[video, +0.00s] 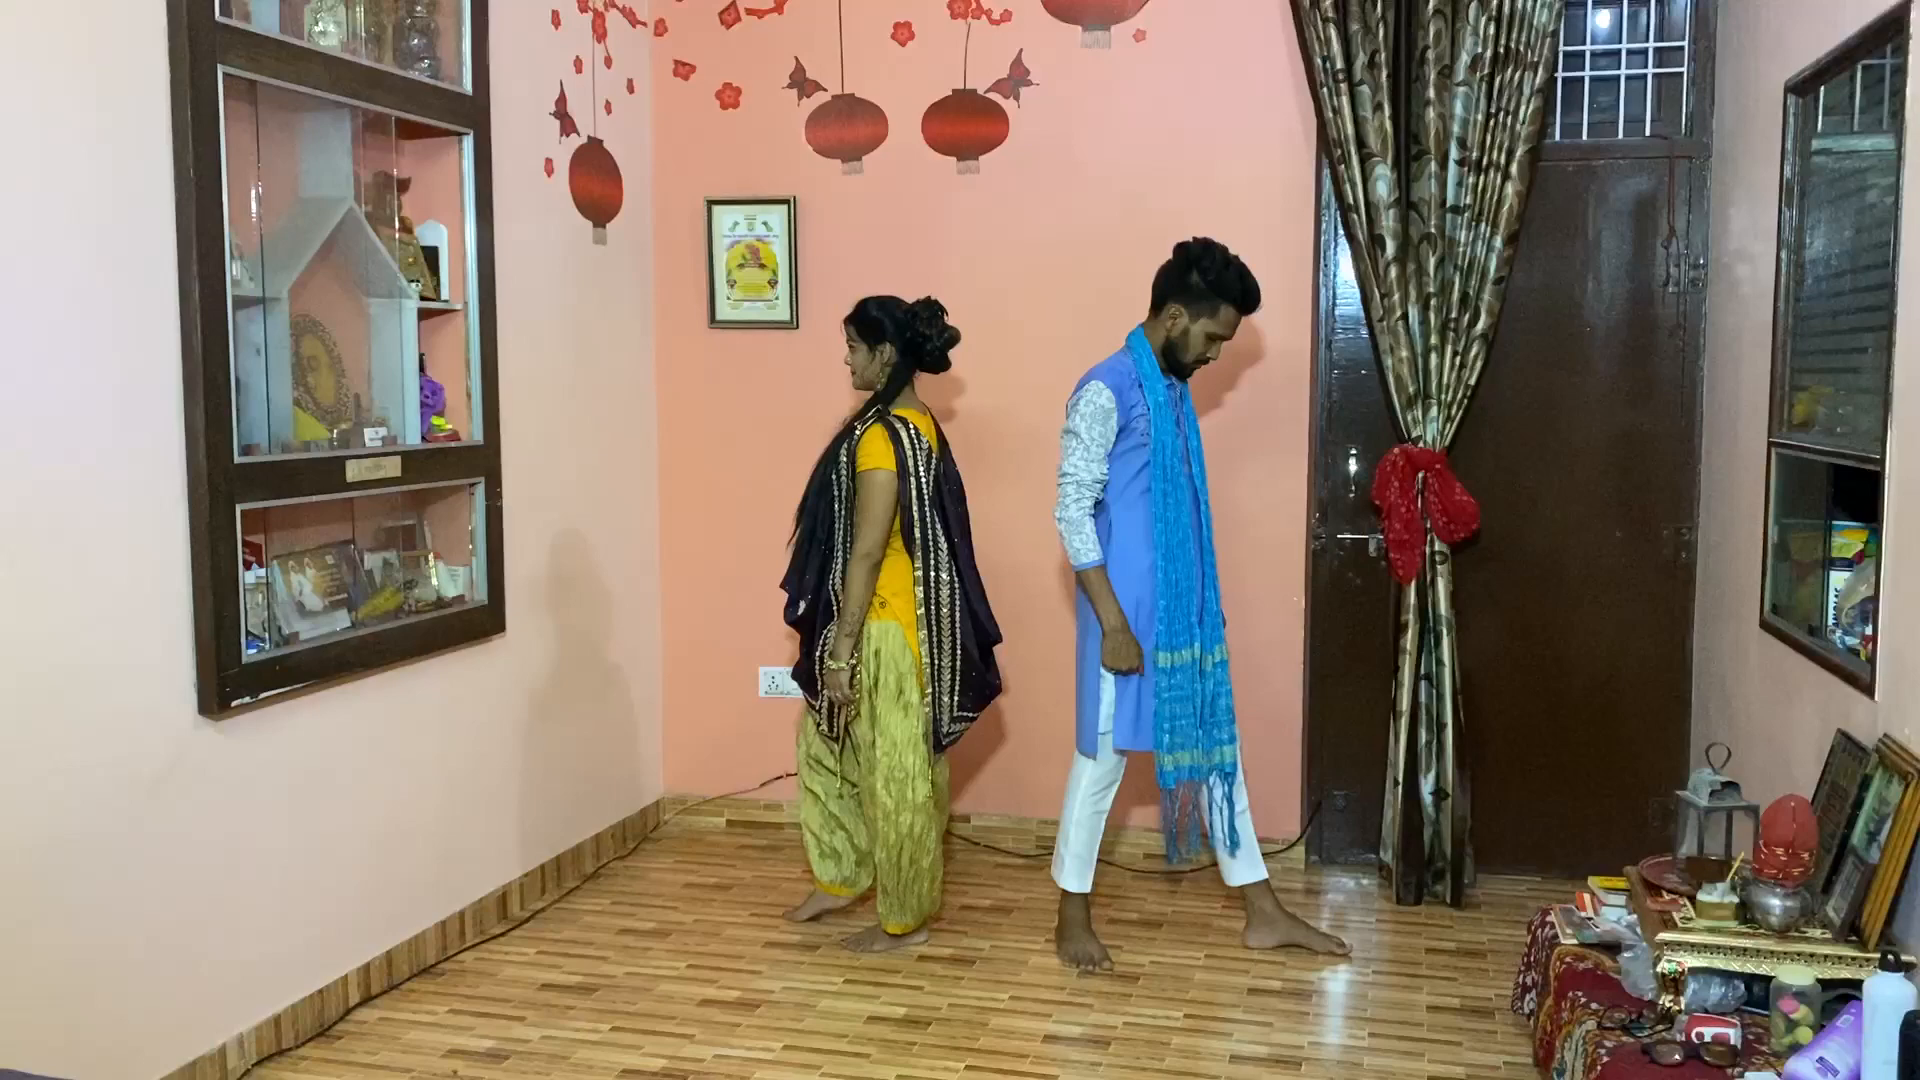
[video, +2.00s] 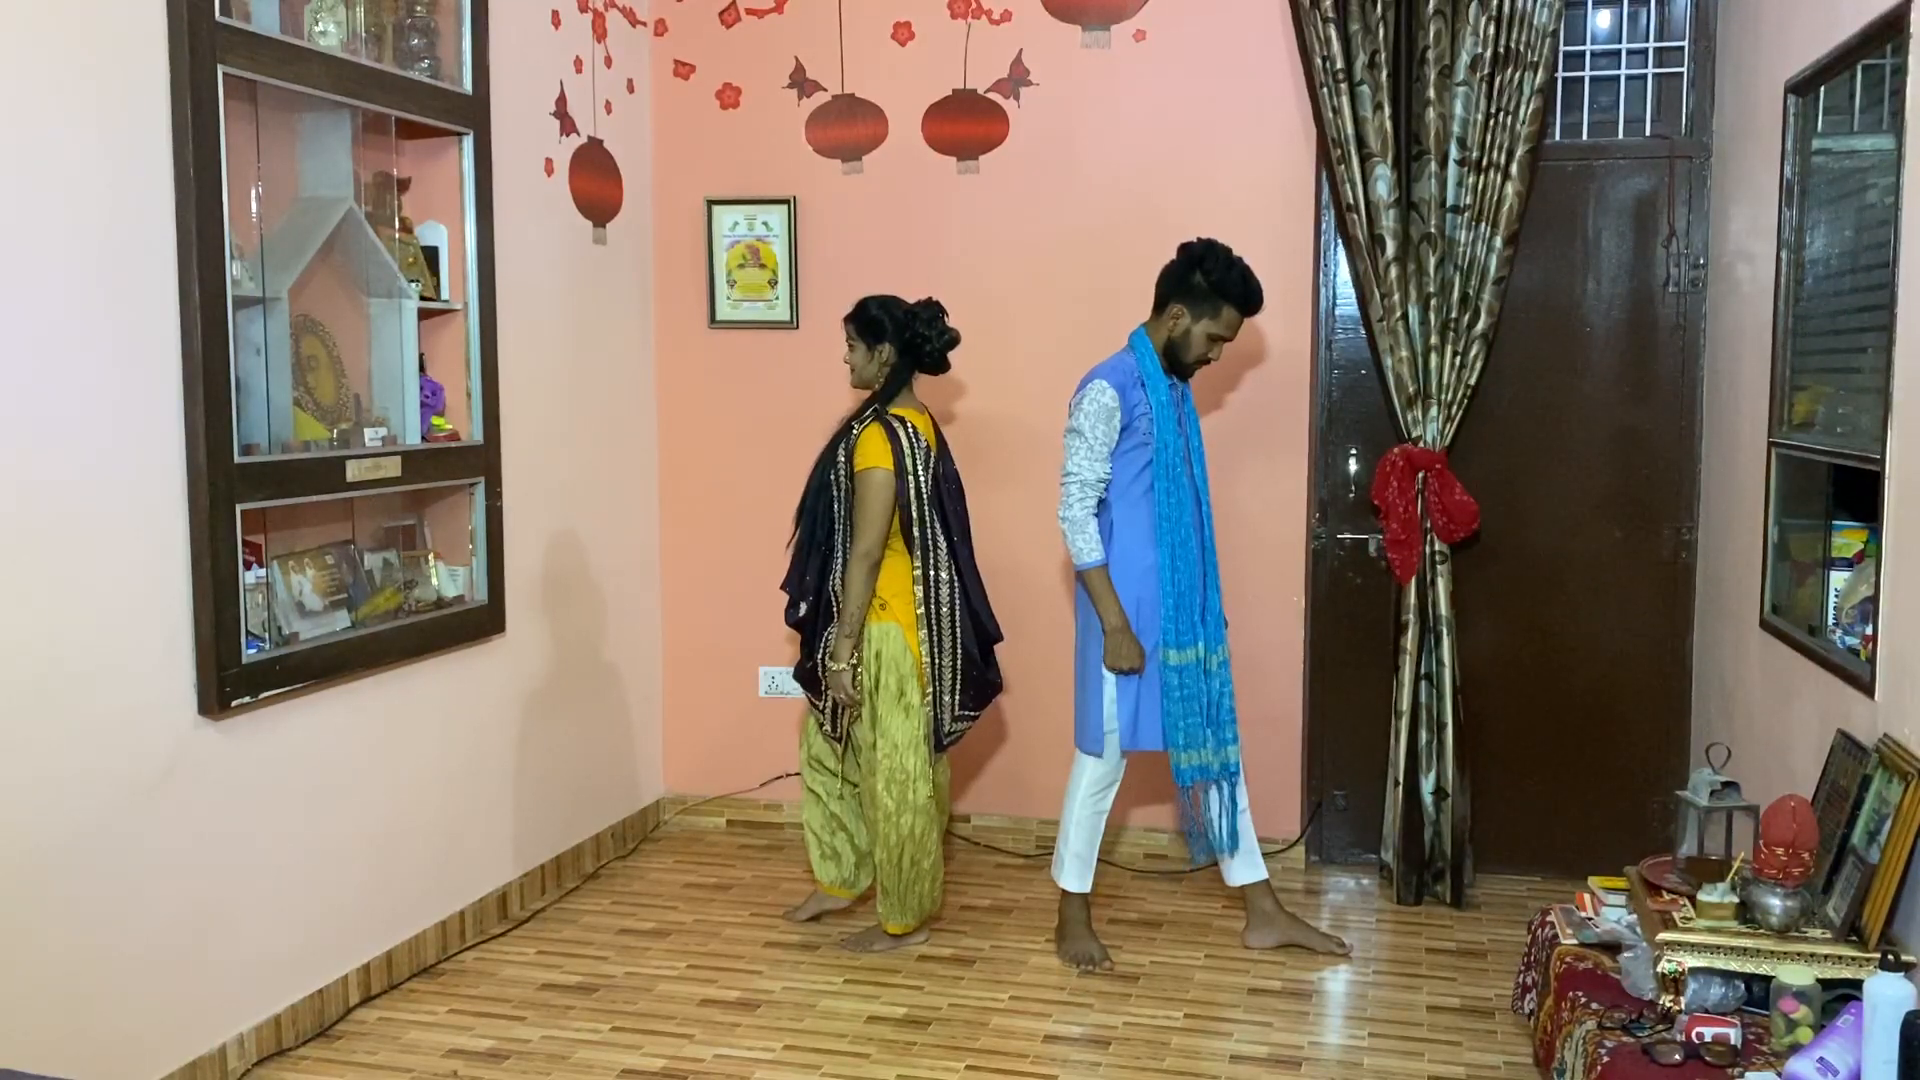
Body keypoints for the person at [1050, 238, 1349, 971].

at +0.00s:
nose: (1218, 351)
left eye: (1226, 338)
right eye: (1214, 335)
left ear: (1192, 320)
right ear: (1171, 313)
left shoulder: (1172, 391)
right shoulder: (1104, 394)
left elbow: (1170, 514)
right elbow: (1073, 515)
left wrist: (1197, 606)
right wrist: (1113, 623)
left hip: (1185, 607)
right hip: (1122, 608)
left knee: (1214, 745)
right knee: (1102, 758)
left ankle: (1263, 908)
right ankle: (1073, 916)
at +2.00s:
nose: (1219, 353)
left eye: (1227, 340)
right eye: (1215, 336)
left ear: (1194, 320)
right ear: (1173, 312)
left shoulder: (1172, 391)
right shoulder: (1106, 392)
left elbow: (1173, 516)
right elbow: (1076, 515)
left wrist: (1200, 608)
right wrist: (1114, 622)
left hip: (1184, 604)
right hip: (1123, 605)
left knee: (1211, 745)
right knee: (1103, 754)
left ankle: (1263, 908)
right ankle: (1072, 913)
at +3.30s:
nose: (1232, 302)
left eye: (1225, 288)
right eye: (1216, 290)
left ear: (1181, 313)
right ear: (1173, 311)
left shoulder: (1188, 401)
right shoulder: (1135, 402)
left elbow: (1189, 502)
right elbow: (1111, 506)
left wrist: (1240, 546)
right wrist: (1215, 552)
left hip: (1196, 616)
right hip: (1140, 619)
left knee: (1277, 733)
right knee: (1136, 767)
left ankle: (1270, 908)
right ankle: (1078, 918)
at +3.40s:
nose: (1218, 272)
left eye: (1209, 260)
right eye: (1201, 264)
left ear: (1182, 289)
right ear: (1167, 290)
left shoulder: (1205, 378)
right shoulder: (1146, 368)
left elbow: (1258, 405)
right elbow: (1165, 376)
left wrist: (1263, 389)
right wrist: (1227, 373)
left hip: (1220, 589)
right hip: (1157, 588)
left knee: (1275, 731)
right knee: (1132, 752)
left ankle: (1271, 905)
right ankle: (1073, 907)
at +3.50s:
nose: (1205, 255)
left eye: (1198, 246)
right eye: (1190, 248)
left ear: (1175, 270)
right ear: (1155, 269)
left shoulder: (1201, 321)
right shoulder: (1158, 326)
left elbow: (1234, 225)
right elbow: (1177, 230)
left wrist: (1288, 157)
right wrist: (1255, 129)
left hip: (1230, 540)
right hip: (1170, 539)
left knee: (1253, 700)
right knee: (1131, 707)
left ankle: (1278, 880)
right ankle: (1075, 885)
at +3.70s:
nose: (1202, 251)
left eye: (1192, 242)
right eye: (1183, 245)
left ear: (1164, 274)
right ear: (1155, 274)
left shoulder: (1219, 325)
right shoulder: (1173, 336)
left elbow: (1241, 247)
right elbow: (1191, 247)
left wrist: (1266, 171)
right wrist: (1247, 161)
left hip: (1250, 557)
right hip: (1193, 558)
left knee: (1258, 714)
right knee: (1144, 718)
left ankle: (1268, 890)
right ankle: (1076, 890)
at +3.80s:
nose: (1206, 262)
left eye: (1196, 253)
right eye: (1189, 260)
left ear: (1180, 287)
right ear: (1162, 293)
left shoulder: (1207, 346)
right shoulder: (1164, 353)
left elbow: (1244, 345)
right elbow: (1198, 350)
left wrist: (1267, 323)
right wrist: (1254, 322)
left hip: (1254, 568)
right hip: (1200, 571)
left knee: (1260, 725)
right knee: (1147, 728)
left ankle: (1264, 898)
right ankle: (1064, 890)